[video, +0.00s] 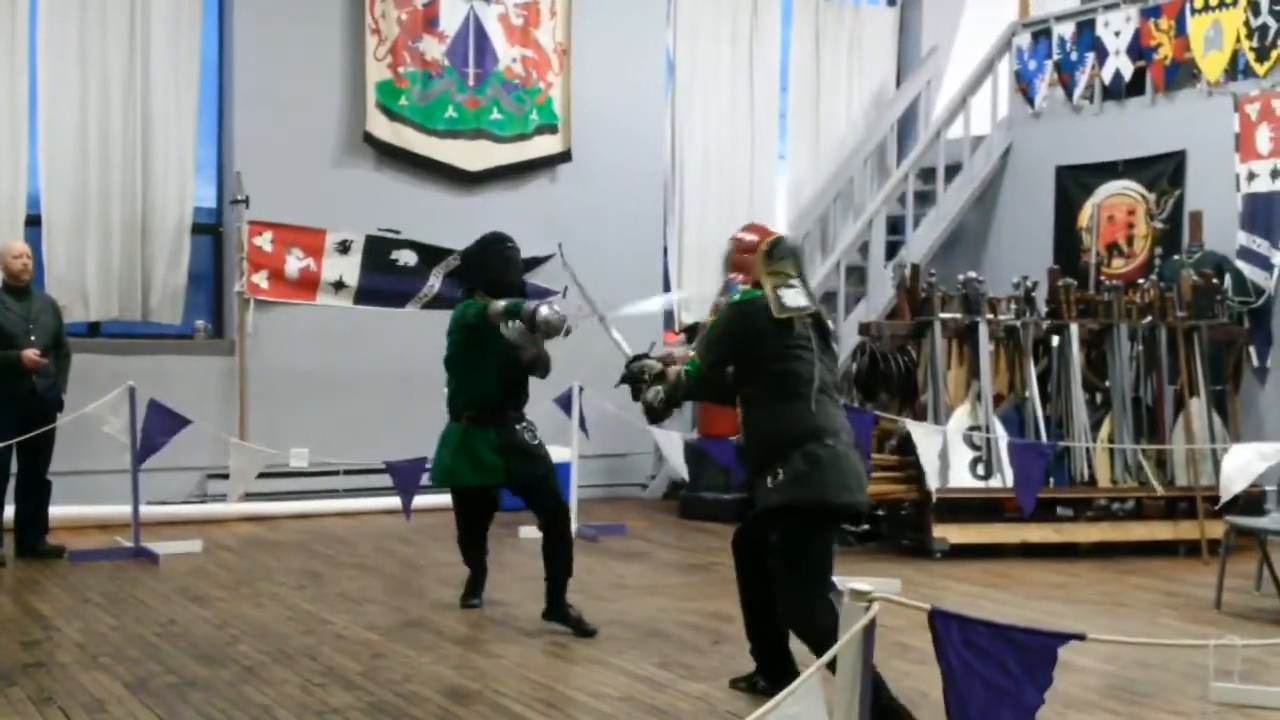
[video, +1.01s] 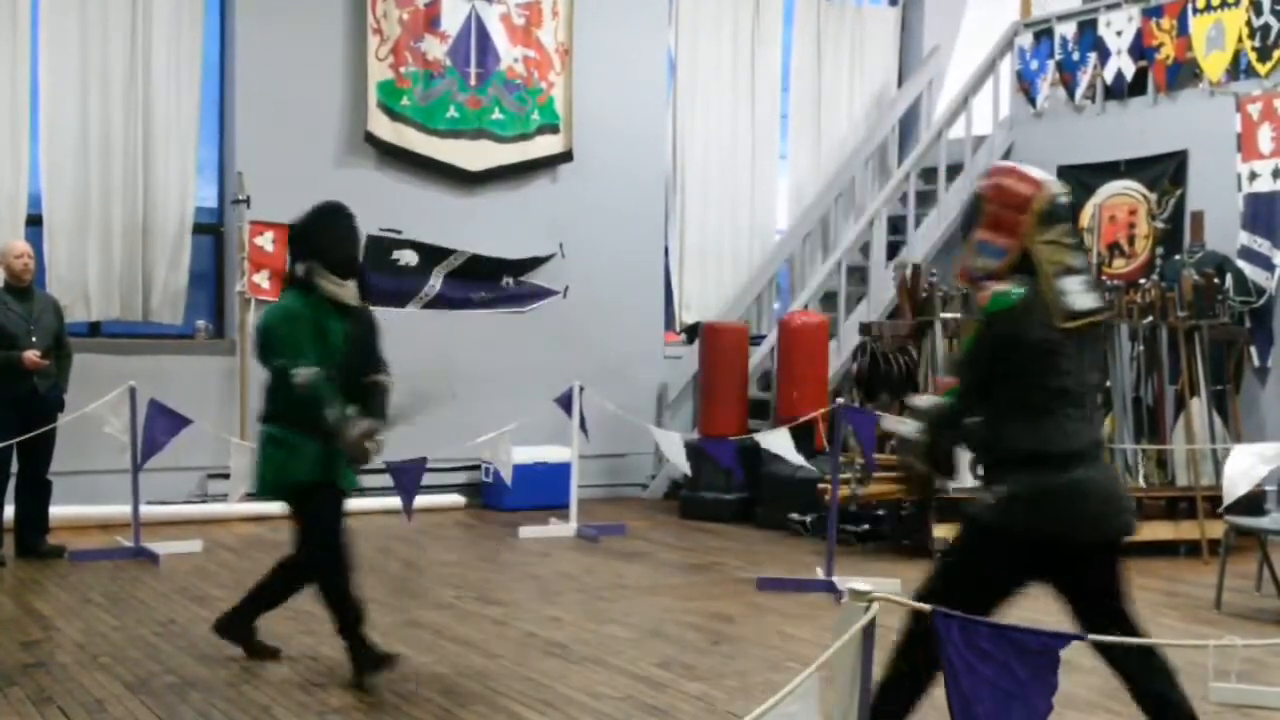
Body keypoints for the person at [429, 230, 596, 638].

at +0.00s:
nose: (518, 273)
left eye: (519, 266)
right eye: (508, 265)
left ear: (518, 271)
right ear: (485, 271)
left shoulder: (517, 320)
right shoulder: (468, 313)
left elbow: (542, 369)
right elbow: (496, 311)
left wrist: (530, 343)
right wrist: (534, 314)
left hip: (514, 432)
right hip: (469, 435)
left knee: (556, 513)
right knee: (471, 527)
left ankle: (556, 603)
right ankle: (476, 574)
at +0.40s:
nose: (497, 259)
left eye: (497, 250)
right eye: (486, 253)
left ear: (500, 256)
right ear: (465, 262)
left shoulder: (516, 313)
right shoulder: (450, 316)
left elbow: (531, 363)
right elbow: (465, 353)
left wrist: (547, 362)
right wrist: (515, 356)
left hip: (508, 430)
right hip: (460, 434)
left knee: (541, 523)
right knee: (463, 512)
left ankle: (543, 612)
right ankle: (458, 601)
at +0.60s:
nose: (454, 271)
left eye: (452, 264)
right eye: (445, 264)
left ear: (445, 273)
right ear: (424, 272)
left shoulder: (463, 324)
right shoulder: (404, 332)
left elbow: (497, 357)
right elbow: (451, 355)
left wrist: (532, 346)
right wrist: (509, 317)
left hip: (453, 453)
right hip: (406, 456)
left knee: (503, 530)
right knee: (416, 544)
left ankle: (527, 612)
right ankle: (406, 652)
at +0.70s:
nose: (431, 271)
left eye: (430, 262)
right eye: (421, 263)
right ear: (396, 271)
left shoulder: (426, 320)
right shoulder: (379, 328)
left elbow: (459, 342)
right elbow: (431, 343)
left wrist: (493, 347)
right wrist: (497, 320)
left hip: (418, 456)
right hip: (376, 458)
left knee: (480, 526)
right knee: (408, 537)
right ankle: (402, 652)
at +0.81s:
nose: (407, 265)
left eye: (404, 256)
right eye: (395, 257)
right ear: (371, 269)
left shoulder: (410, 326)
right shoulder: (351, 322)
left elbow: (439, 394)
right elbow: (386, 345)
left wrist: (453, 379)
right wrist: (435, 352)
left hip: (391, 452)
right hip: (353, 454)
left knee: (431, 540)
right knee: (402, 545)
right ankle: (379, 656)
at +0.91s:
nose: (378, 266)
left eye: (378, 256)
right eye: (368, 257)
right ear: (344, 264)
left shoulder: (383, 327)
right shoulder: (321, 325)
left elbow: (399, 386)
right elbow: (353, 378)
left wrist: (403, 409)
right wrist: (388, 392)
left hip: (363, 453)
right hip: (331, 455)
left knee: (369, 555)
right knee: (376, 550)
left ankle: (273, 600)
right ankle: (374, 663)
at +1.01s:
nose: (352, 255)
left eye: (352, 245)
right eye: (344, 245)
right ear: (323, 250)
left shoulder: (354, 315)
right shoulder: (288, 315)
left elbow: (370, 373)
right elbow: (305, 386)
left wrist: (368, 416)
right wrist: (344, 427)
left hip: (332, 449)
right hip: (296, 450)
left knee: (314, 554)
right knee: (327, 552)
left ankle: (239, 618)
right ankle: (360, 649)